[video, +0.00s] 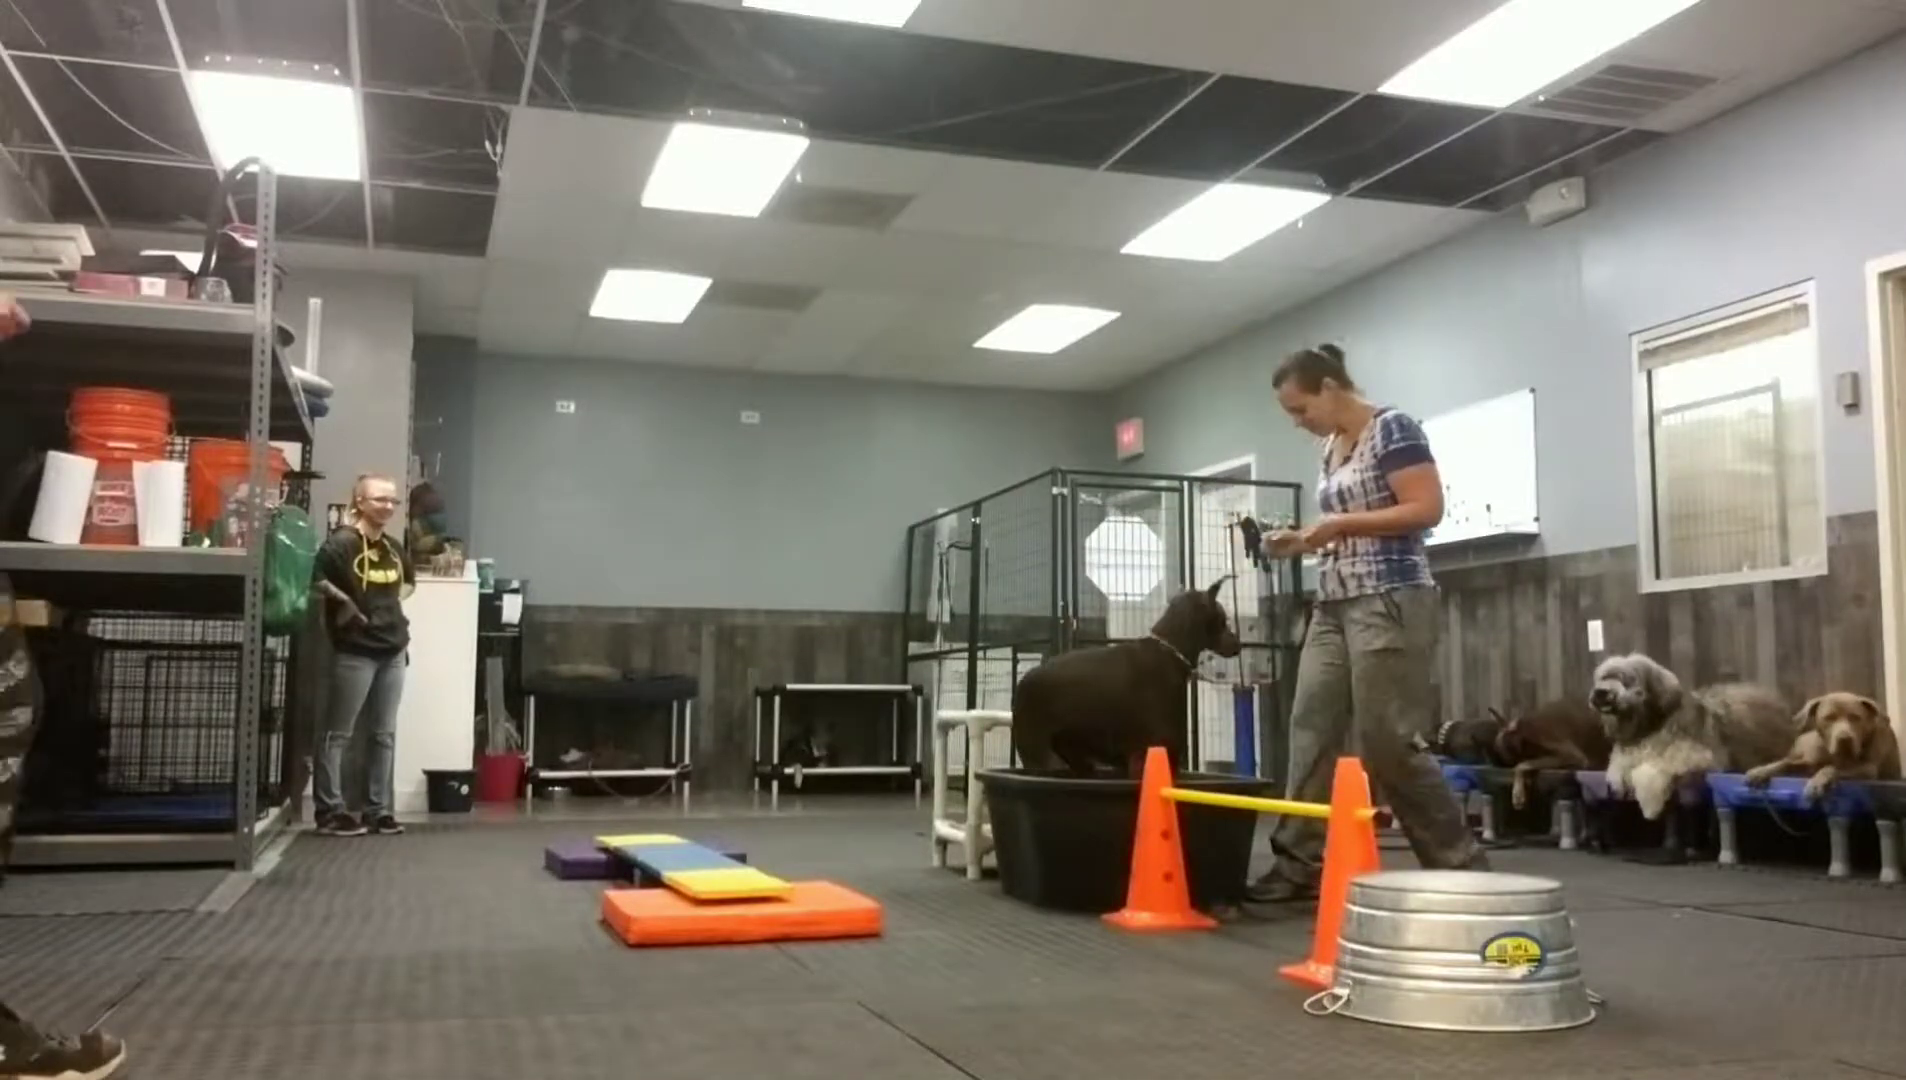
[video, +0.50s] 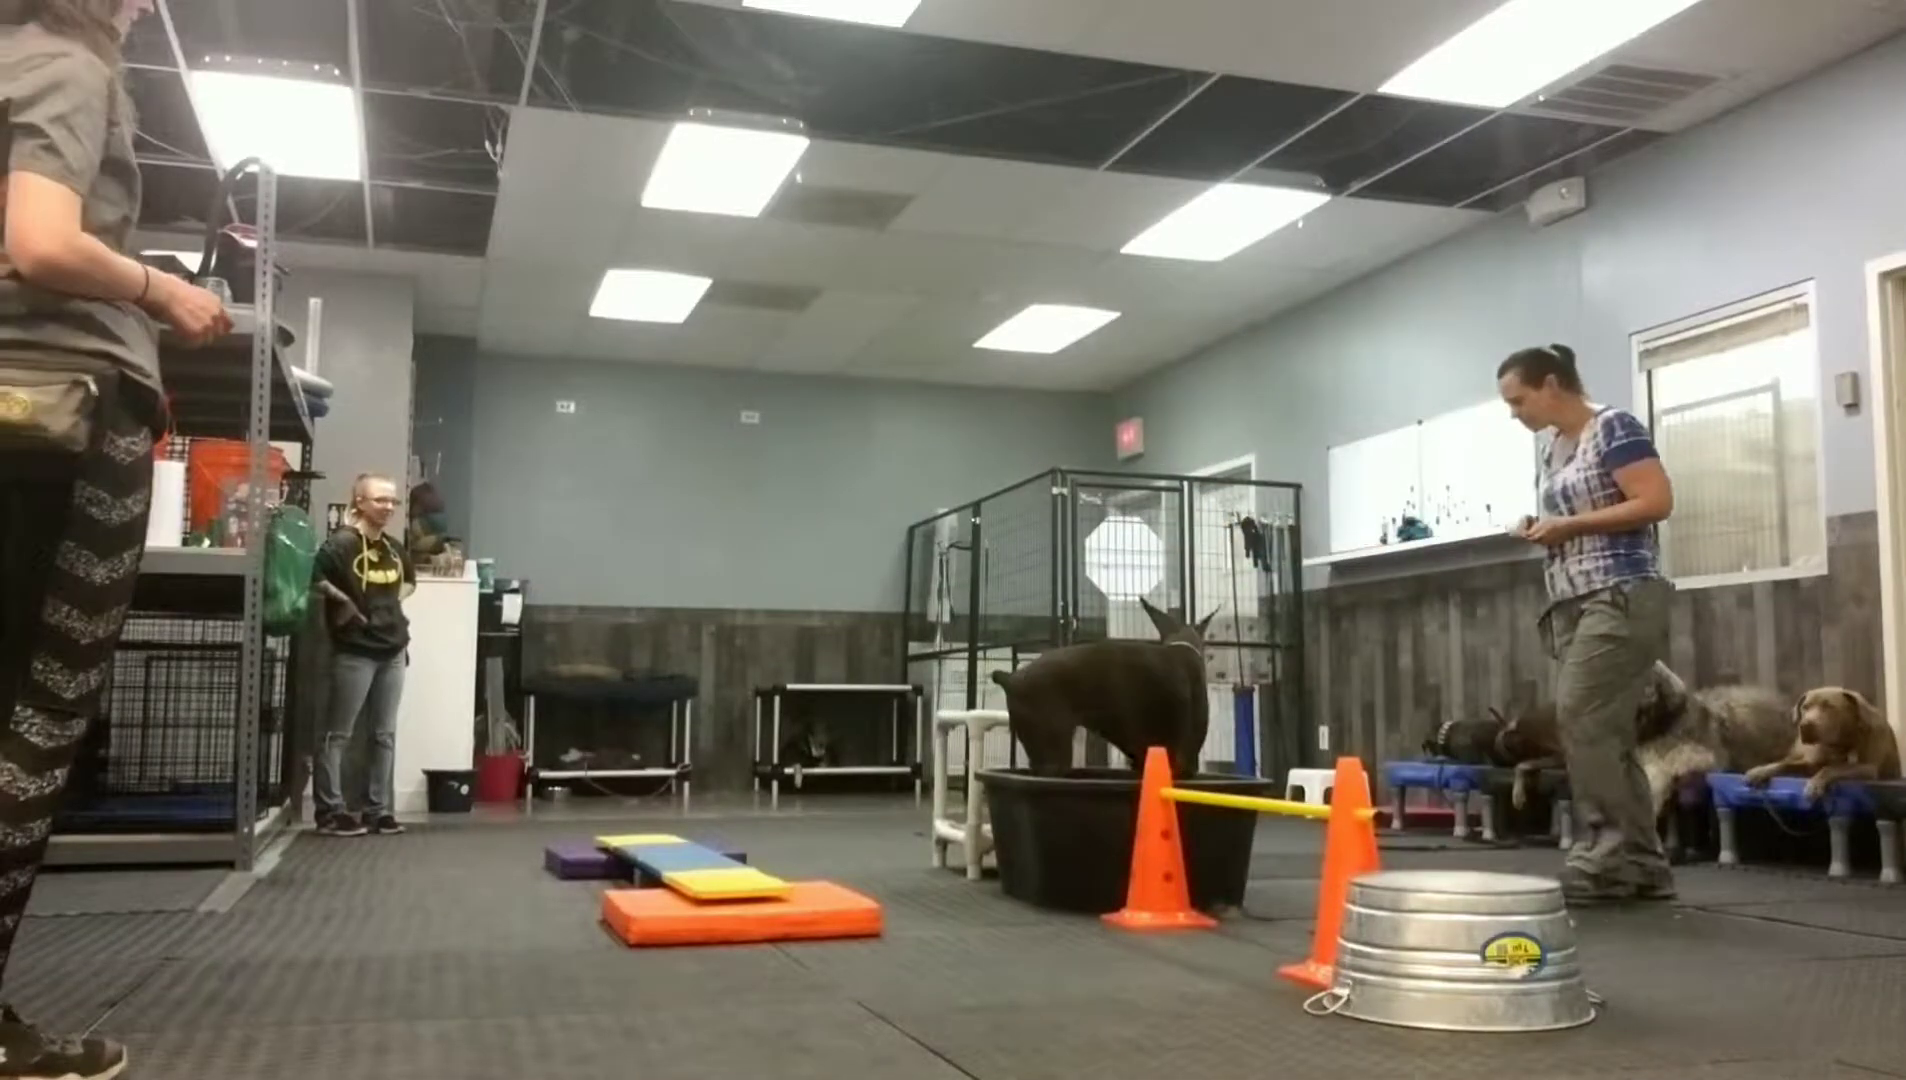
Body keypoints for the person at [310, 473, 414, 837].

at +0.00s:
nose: (389, 506)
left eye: (393, 501)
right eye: (381, 500)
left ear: (395, 505)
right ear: (360, 502)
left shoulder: (391, 545)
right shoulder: (340, 544)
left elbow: (408, 581)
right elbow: (315, 582)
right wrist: (346, 605)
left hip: (392, 649)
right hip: (355, 649)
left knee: (383, 735)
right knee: (338, 734)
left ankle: (378, 811)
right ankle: (330, 811)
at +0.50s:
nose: (389, 507)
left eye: (392, 502)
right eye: (381, 500)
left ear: (394, 506)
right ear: (360, 502)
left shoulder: (391, 546)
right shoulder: (339, 545)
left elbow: (408, 582)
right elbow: (315, 583)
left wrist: (393, 618)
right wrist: (345, 607)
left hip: (392, 649)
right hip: (355, 649)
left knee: (384, 735)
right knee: (339, 735)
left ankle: (377, 811)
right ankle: (330, 811)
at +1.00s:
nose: (389, 508)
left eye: (392, 502)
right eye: (381, 501)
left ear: (395, 506)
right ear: (359, 503)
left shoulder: (391, 546)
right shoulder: (339, 546)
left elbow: (403, 585)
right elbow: (316, 586)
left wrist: (395, 623)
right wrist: (346, 608)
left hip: (392, 650)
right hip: (355, 650)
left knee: (383, 734)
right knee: (339, 734)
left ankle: (378, 811)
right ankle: (330, 811)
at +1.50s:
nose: (390, 504)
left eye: (392, 498)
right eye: (381, 498)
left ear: (394, 504)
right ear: (359, 503)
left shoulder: (392, 546)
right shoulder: (340, 546)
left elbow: (406, 583)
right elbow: (316, 585)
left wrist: (396, 624)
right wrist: (347, 609)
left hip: (393, 649)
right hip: (355, 650)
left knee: (383, 734)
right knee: (339, 734)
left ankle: (378, 811)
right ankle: (330, 811)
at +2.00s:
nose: (388, 507)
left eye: (392, 500)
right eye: (380, 500)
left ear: (393, 505)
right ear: (358, 502)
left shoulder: (391, 546)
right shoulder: (339, 546)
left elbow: (407, 582)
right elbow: (316, 588)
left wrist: (391, 619)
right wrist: (347, 611)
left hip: (392, 649)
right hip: (355, 650)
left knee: (384, 735)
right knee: (339, 734)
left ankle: (378, 811)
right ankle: (330, 811)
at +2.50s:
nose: (390, 507)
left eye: (392, 501)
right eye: (382, 500)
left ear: (392, 505)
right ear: (360, 502)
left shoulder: (389, 545)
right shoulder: (338, 547)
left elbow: (407, 581)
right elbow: (317, 591)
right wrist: (349, 614)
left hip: (390, 650)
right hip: (354, 651)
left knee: (383, 735)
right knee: (338, 734)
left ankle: (377, 811)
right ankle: (330, 811)